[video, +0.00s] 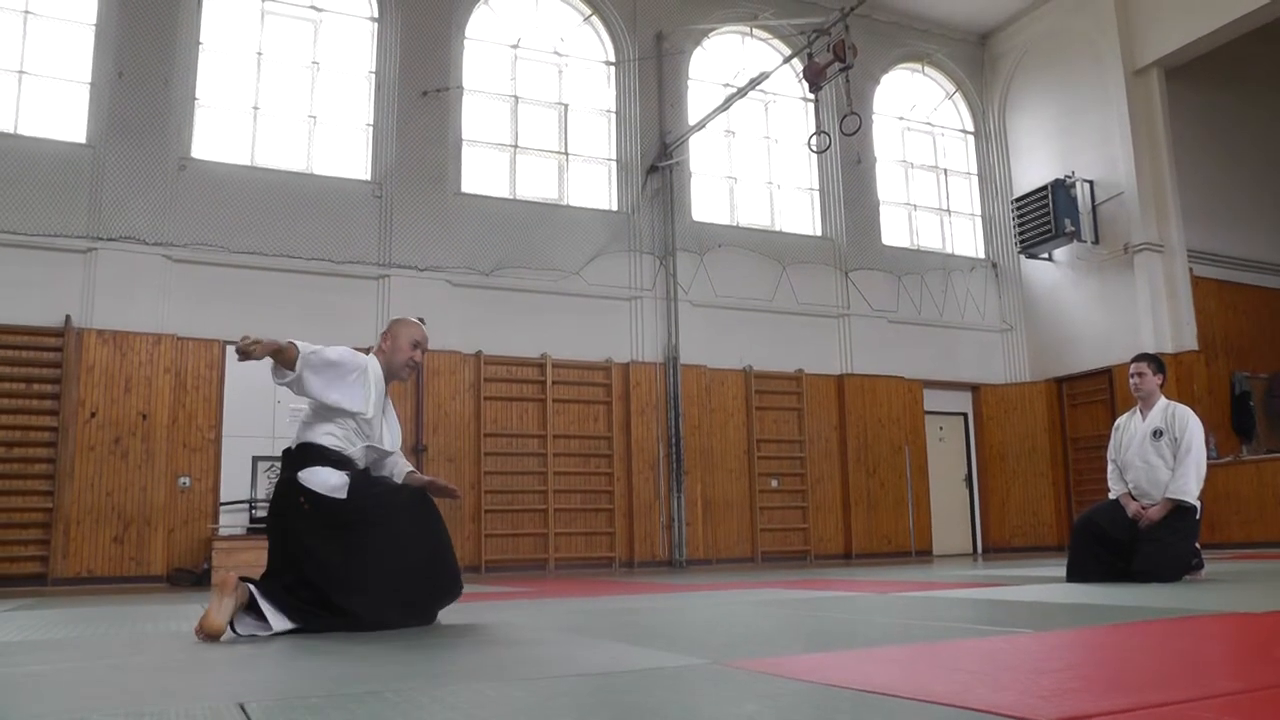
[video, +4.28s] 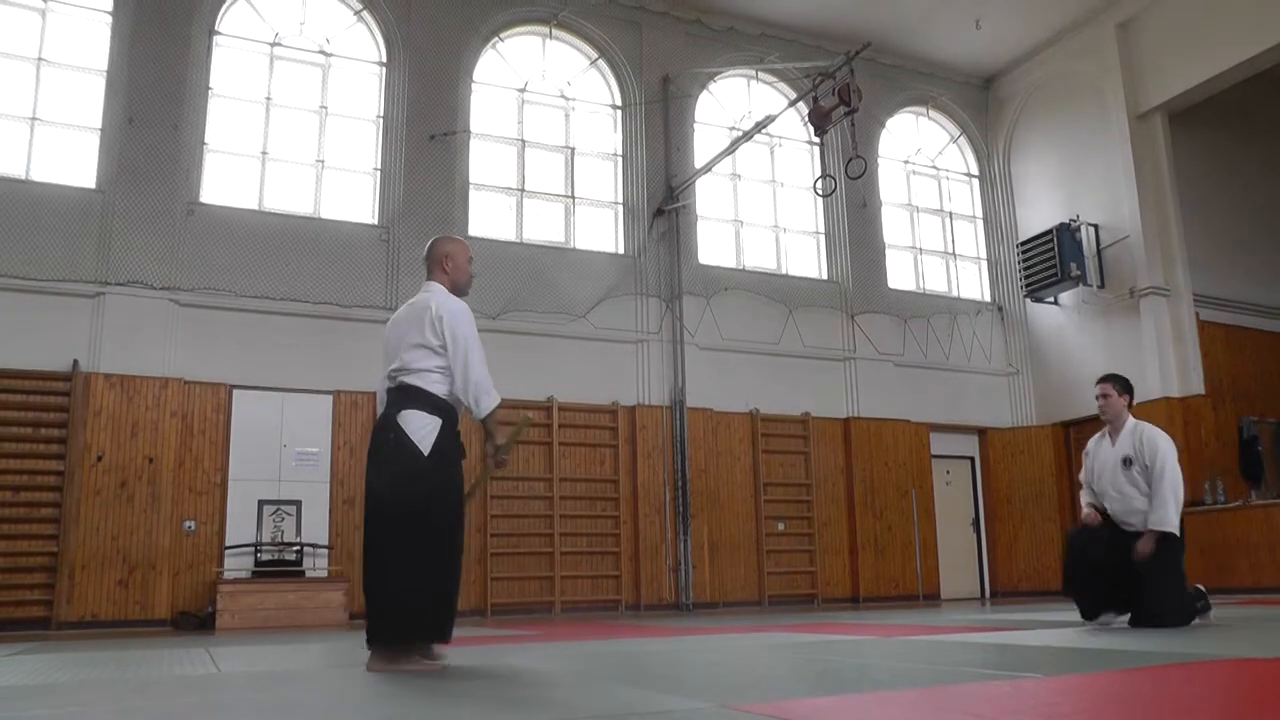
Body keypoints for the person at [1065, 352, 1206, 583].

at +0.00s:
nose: (1134, 381)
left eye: (1141, 375)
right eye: (1131, 376)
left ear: (1159, 379)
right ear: (1128, 381)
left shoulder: (1182, 417)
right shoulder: (1121, 424)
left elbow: (1191, 469)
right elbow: (1113, 469)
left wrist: (1162, 507)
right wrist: (1128, 503)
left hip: (1174, 509)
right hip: (1130, 507)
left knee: (1150, 572)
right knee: (1086, 528)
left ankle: (1191, 556)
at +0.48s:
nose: (1135, 386)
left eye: (1142, 380)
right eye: (1132, 381)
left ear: (1160, 385)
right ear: (1129, 386)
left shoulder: (1183, 422)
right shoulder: (1123, 430)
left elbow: (1193, 474)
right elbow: (1114, 475)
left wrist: (1164, 513)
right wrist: (1130, 508)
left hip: (1176, 514)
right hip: (1131, 513)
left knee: (1152, 576)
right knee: (1089, 533)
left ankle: (1193, 561)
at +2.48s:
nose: (1137, 406)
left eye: (1143, 400)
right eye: (1134, 401)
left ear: (1161, 405)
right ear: (1131, 407)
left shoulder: (1183, 441)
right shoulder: (1123, 450)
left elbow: (1195, 492)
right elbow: (1116, 495)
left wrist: (1166, 533)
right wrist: (1132, 528)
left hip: (1179, 534)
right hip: (1134, 533)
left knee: (1157, 598)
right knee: (1094, 553)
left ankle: (1198, 581)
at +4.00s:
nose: (1124, 423)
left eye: (1130, 417)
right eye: (1121, 418)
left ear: (1149, 422)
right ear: (1119, 423)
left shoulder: (1177, 459)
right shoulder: (1115, 468)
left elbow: (1196, 512)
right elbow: (1111, 515)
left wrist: (1167, 553)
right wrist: (1133, 548)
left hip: (1179, 553)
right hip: (1134, 552)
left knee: (1159, 615)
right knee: (1094, 576)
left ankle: (1200, 599)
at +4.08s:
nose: (1118, 418)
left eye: (1124, 411)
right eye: (1115, 413)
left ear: (1143, 416)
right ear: (1112, 418)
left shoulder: (1172, 454)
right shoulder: (1110, 462)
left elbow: (1188, 506)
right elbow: (1106, 508)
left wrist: (1165, 549)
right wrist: (1125, 541)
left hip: (1174, 549)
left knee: (1158, 616)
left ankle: (1199, 599)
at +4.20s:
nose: (1108, 407)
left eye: (1114, 401)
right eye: (1106, 402)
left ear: (1134, 403)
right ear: (1104, 408)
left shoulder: (1160, 443)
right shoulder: (1102, 450)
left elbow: (1177, 493)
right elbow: (1096, 492)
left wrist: (1158, 538)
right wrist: (1101, 518)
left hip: (1165, 539)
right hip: (1123, 539)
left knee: (1156, 618)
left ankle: (1199, 599)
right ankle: (1124, 607)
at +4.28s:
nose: (1099, 403)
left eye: (1105, 396)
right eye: (1097, 398)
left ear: (1125, 399)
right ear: (1096, 403)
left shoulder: (1152, 439)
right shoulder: (1094, 446)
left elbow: (1168, 489)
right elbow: (1087, 486)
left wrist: (1151, 534)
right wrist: (1087, 507)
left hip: (1158, 534)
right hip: (1117, 534)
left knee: (1152, 618)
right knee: (1080, 541)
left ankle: (1197, 599)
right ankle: (1113, 607)